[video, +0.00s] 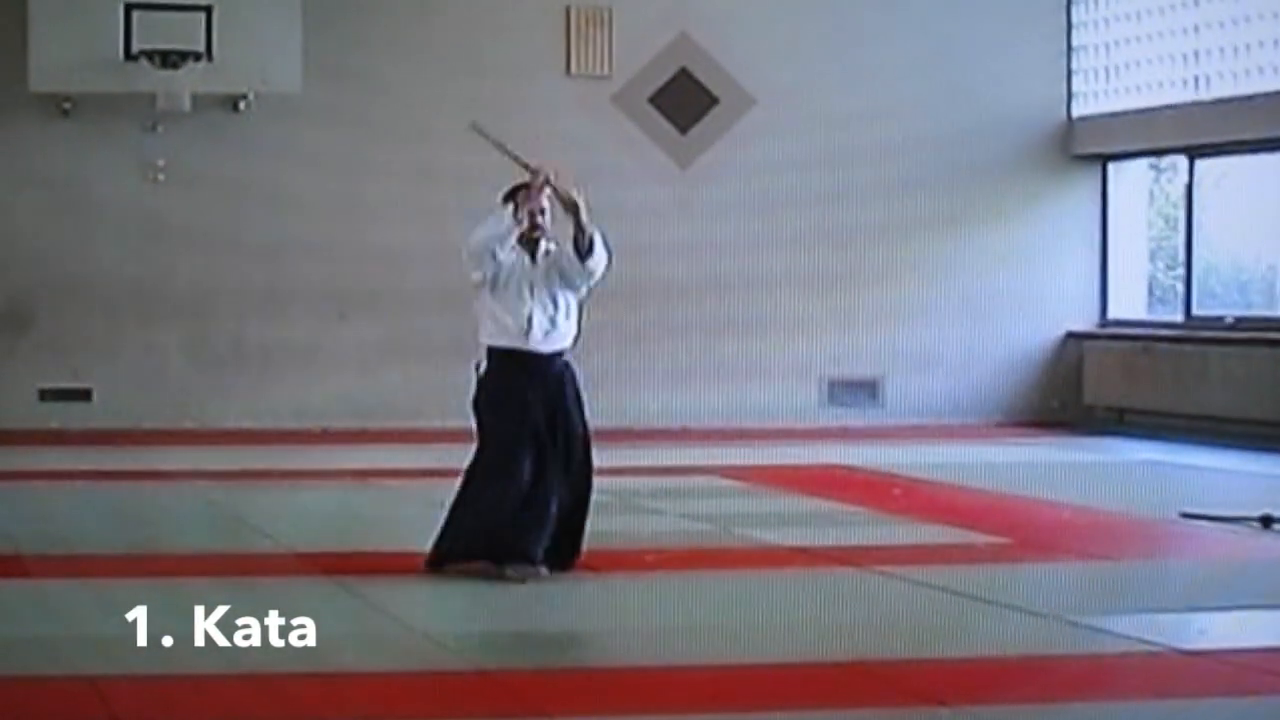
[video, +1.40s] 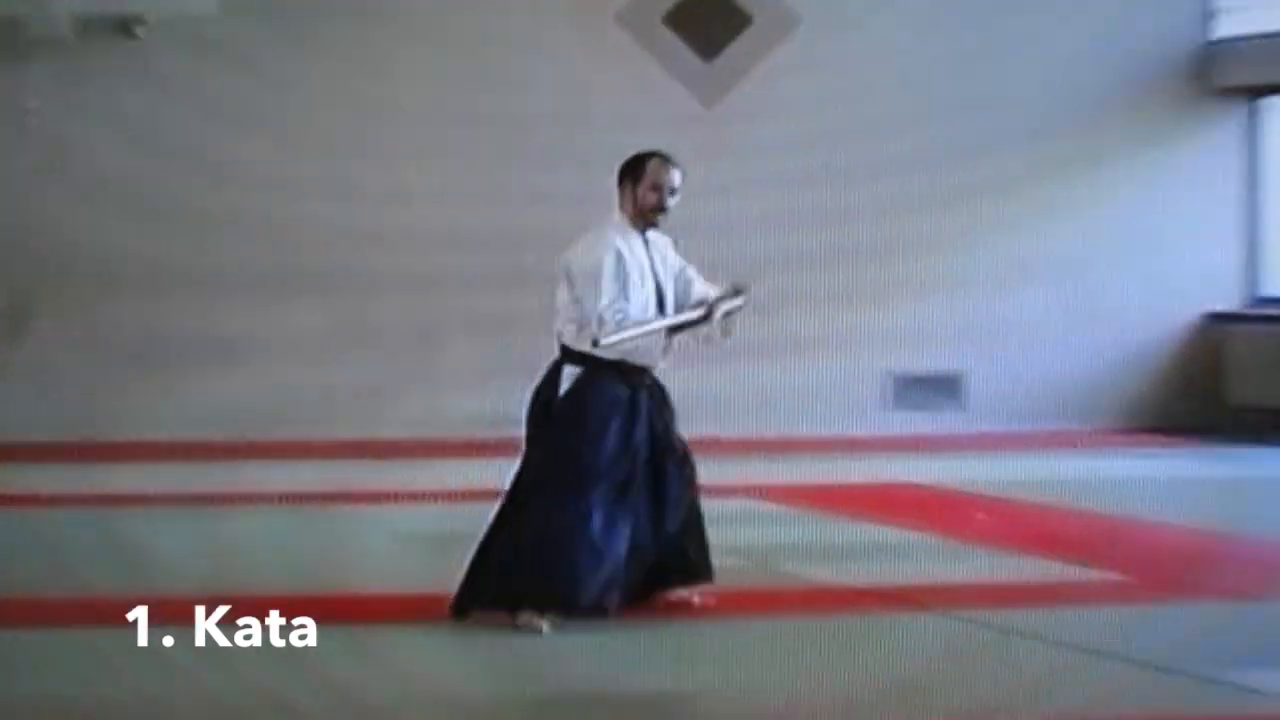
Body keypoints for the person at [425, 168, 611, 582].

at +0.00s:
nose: (535, 218)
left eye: (542, 210)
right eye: (526, 210)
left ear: (551, 216)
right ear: (511, 215)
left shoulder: (562, 263)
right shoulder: (498, 260)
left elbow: (592, 266)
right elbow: (477, 251)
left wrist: (578, 216)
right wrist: (516, 208)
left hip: (554, 367)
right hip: (507, 365)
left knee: (564, 462)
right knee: (510, 461)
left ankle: (540, 553)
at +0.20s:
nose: (540, 219)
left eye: (546, 211)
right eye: (532, 210)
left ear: (554, 215)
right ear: (514, 215)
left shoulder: (569, 262)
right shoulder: (490, 257)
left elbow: (593, 325)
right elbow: (491, 290)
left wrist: (571, 262)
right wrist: (542, 265)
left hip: (552, 371)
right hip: (508, 370)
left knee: (561, 463)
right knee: (523, 465)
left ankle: (565, 556)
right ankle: (539, 559)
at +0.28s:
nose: (543, 218)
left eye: (548, 210)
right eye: (535, 210)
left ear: (556, 215)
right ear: (516, 214)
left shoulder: (567, 261)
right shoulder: (493, 258)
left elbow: (588, 300)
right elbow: (500, 295)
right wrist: (550, 286)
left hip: (551, 368)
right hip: (509, 369)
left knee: (561, 463)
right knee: (526, 466)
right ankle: (547, 562)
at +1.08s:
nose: (599, 232)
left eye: (605, 226)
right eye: (592, 223)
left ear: (609, 231)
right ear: (570, 224)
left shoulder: (606, 272)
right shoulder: (542, 271)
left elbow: (626, 317)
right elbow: (556, 310)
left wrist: (615, 336)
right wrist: (591, 327)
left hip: (576, 378)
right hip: (537, 377)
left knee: (580, 468)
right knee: (550, 467)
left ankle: (570, 553)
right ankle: (548, 556)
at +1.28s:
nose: (631, 235)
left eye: (638, 227)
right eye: (624, 225)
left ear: (641, 233)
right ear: (600, 225)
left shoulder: (634, 281)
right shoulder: (571, 274)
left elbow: (655, 325)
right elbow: (574, 337)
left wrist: (665, 349)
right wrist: (631, 349)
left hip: (605, 390)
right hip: (564, 388)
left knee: (612, 473)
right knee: (571, 478)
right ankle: (553, 566)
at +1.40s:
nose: (663, 201)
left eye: (670, 193)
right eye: (656, 190)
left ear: (672, 198)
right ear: (628, 190)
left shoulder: (658, 248)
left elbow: (692, 289)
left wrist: (720, 301)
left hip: (639, 384)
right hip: (591, 386)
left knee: (666, 474)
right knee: (577, 492)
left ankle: (662, 581)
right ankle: (533, 599)